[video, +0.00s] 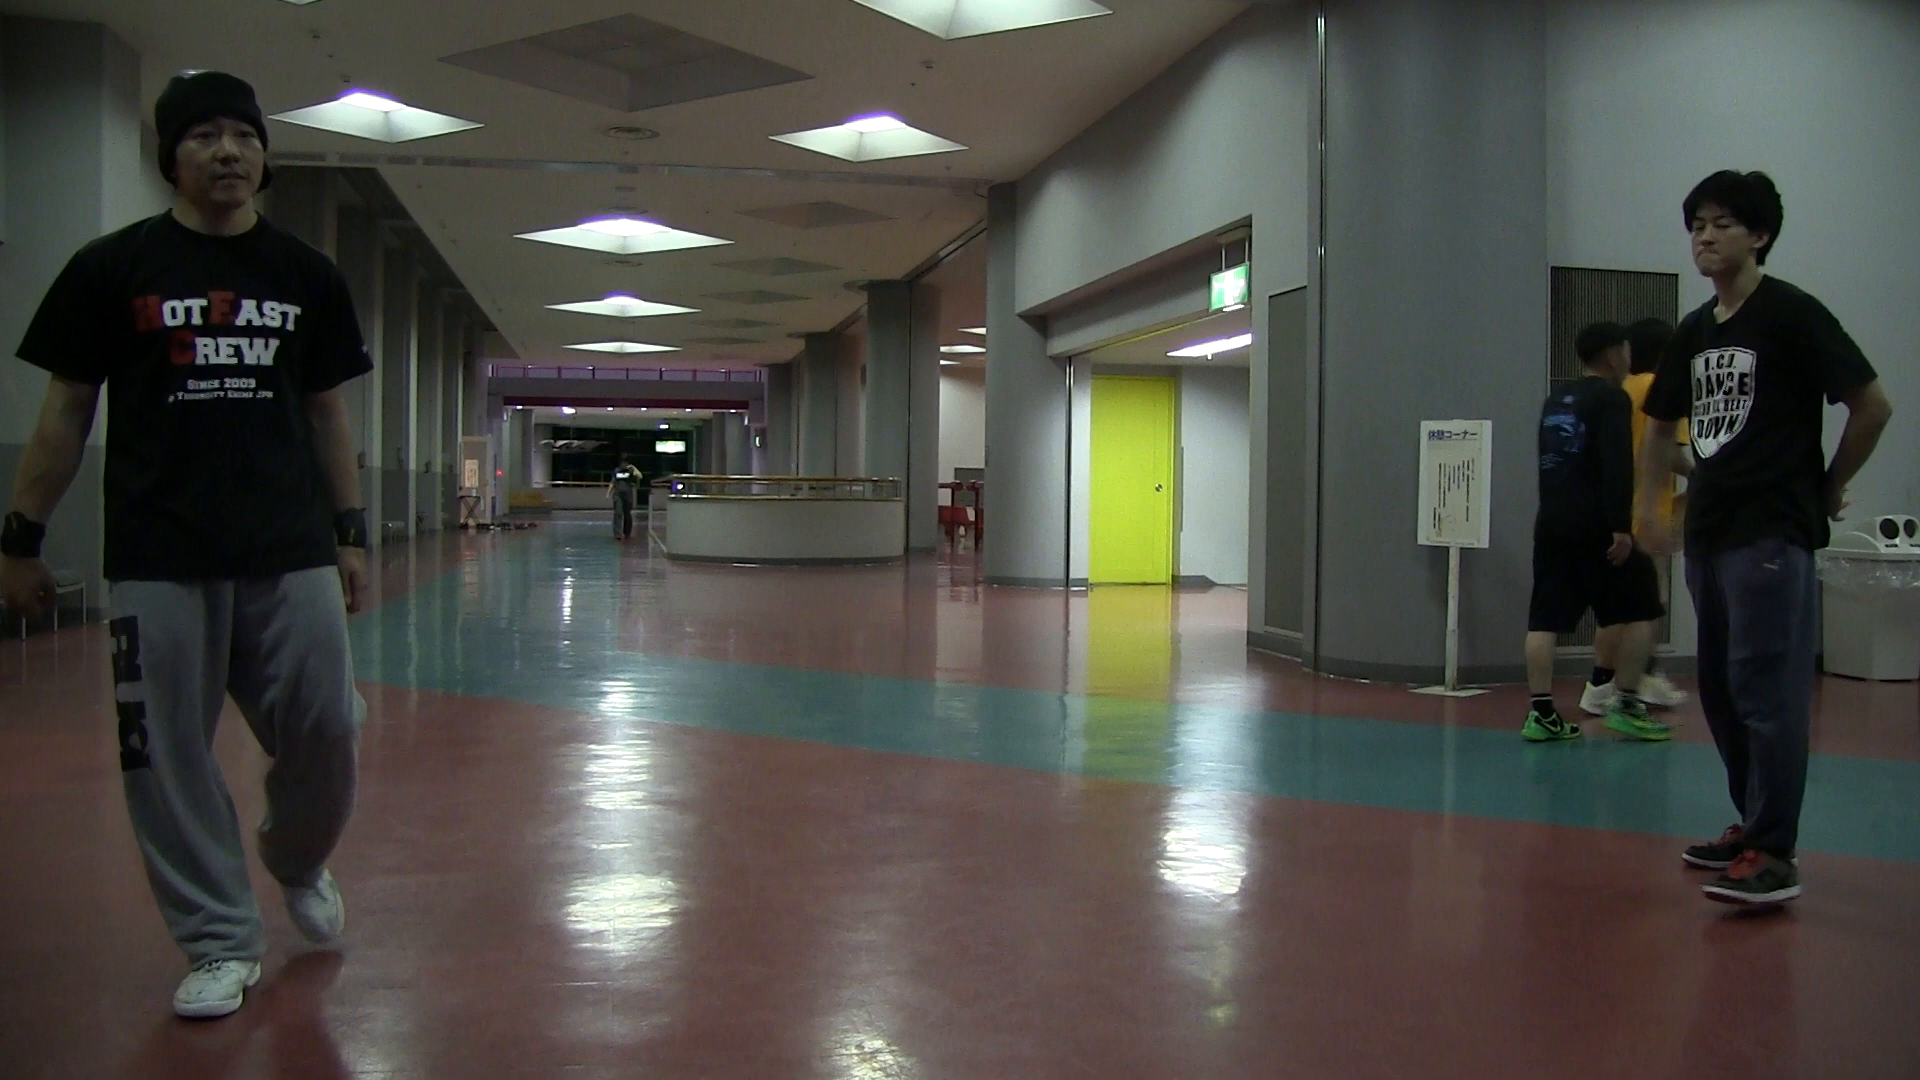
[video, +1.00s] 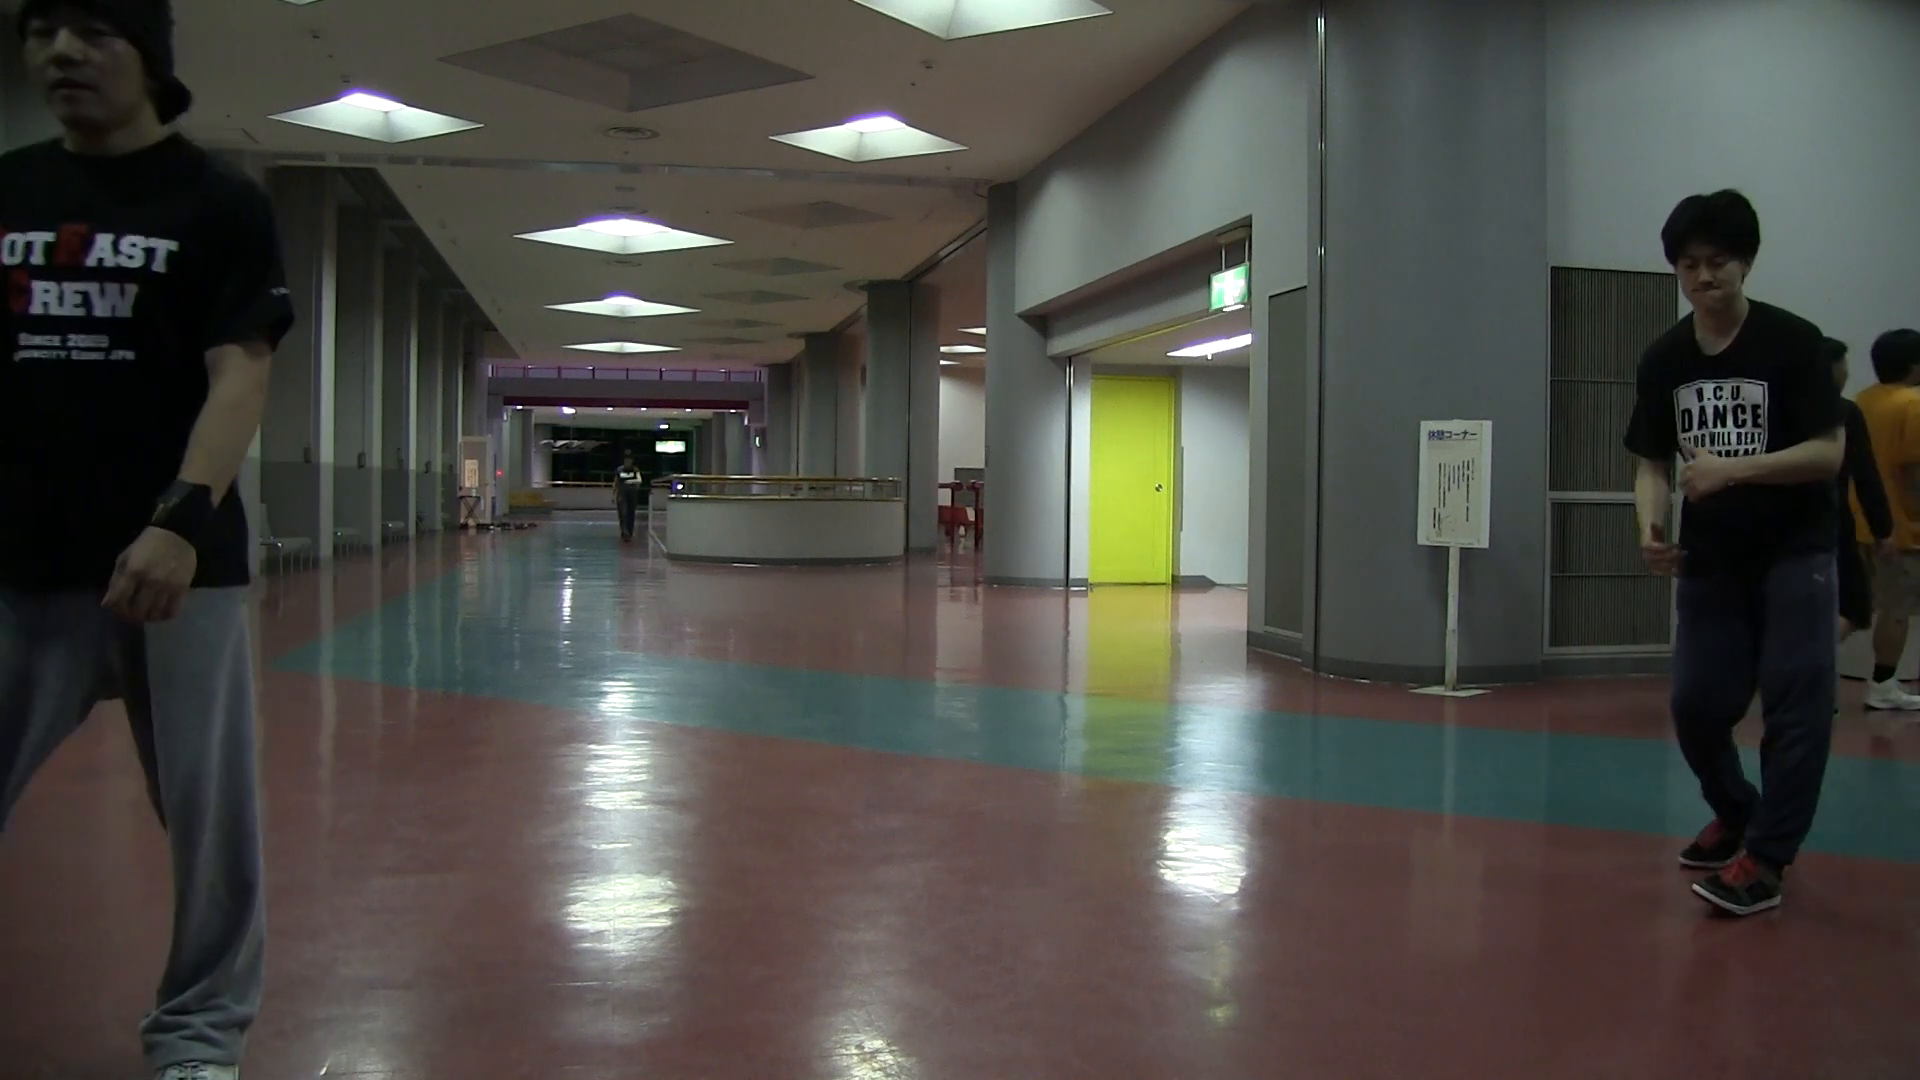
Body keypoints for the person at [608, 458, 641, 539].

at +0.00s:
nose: (624, 465)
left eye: (626, 463)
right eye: (622, 463)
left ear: (628, 463)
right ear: (620, 463)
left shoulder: (631, 471)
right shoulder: (617, 471)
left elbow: (640, 476)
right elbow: (612, 483)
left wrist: (633, 468)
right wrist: (608, 493)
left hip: (628, 496)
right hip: (618, 495)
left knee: (627, 514)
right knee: (618, 513)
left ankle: (627, 533)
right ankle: (618, 534)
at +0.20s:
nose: (624, 464)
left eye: (626, 462)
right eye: (622, 462)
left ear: (628, 462)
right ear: (620, 462)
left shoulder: (631, 470)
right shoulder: (616, 470)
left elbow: (642, 474)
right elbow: (610, 481)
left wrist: (638, 470)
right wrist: (607, 491)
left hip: (627, 494)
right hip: (617, 494)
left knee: (626, 513)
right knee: (617, 513)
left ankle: (627, 532)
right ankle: (618, 533)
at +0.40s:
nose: (625, 464)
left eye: (627, 462)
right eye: (624, 462)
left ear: (629, 462)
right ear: (621, 462)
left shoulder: (631, 469)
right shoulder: (616, 469)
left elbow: (639, 475)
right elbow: (609, 479)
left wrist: (642, 471)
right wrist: (606, 489)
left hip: (627, 494)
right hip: (617, 494)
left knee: (627, 513)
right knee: (617, 514)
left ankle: (628, 533)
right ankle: (617, 532)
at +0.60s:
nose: (628, 464)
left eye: (629, 462)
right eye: (626, 462)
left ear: (632, 463)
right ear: (624, 462)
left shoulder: (634, 470)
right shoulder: (618, 469)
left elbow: (639, 480)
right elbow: (612, 479)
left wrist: (642, 475)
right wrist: (610, 490)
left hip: (630, 496)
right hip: (620, 495)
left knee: (628, 513)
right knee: (619, 513)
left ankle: (628, 534)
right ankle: (618, 531)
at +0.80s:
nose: (628, 462)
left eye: (630, 460)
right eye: (626, 459)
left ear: (632, 461)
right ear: (624, 460)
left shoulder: (635, 470)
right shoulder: (619, 468)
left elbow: (637, 484)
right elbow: (615, 480)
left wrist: (636, 476)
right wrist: (613, 491)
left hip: (631, 495)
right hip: (621, 494)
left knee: (630, 514)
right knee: (621, 513)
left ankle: (629, 534)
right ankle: (621, 533)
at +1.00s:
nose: (628, 463)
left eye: (629, 461)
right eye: (626, 461)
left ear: (632, 461)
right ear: (624, 461)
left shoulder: (635, 470)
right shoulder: (619, 471)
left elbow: (639, 480)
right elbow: (615, 484)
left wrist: (628, 481)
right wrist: (615, 495)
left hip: (632, 496)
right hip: (622, 496)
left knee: (631, 514)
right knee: (623, 514)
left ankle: (630, 533)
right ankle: (624, 533)